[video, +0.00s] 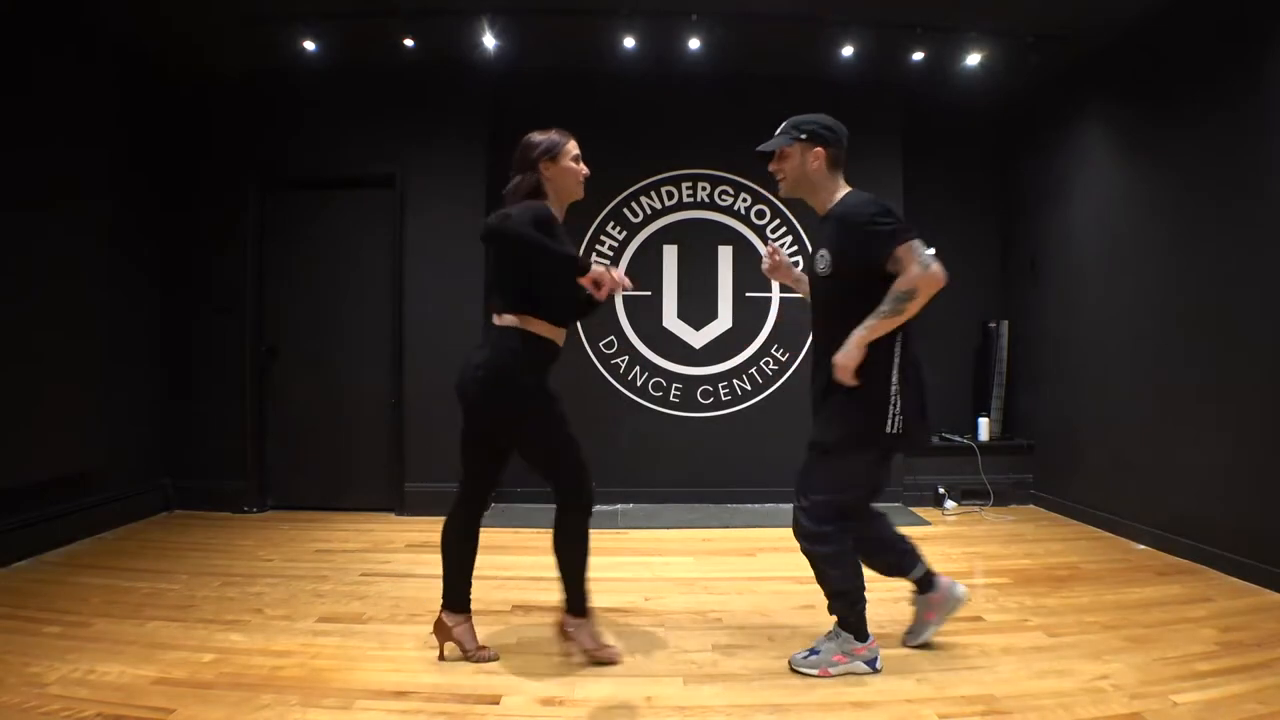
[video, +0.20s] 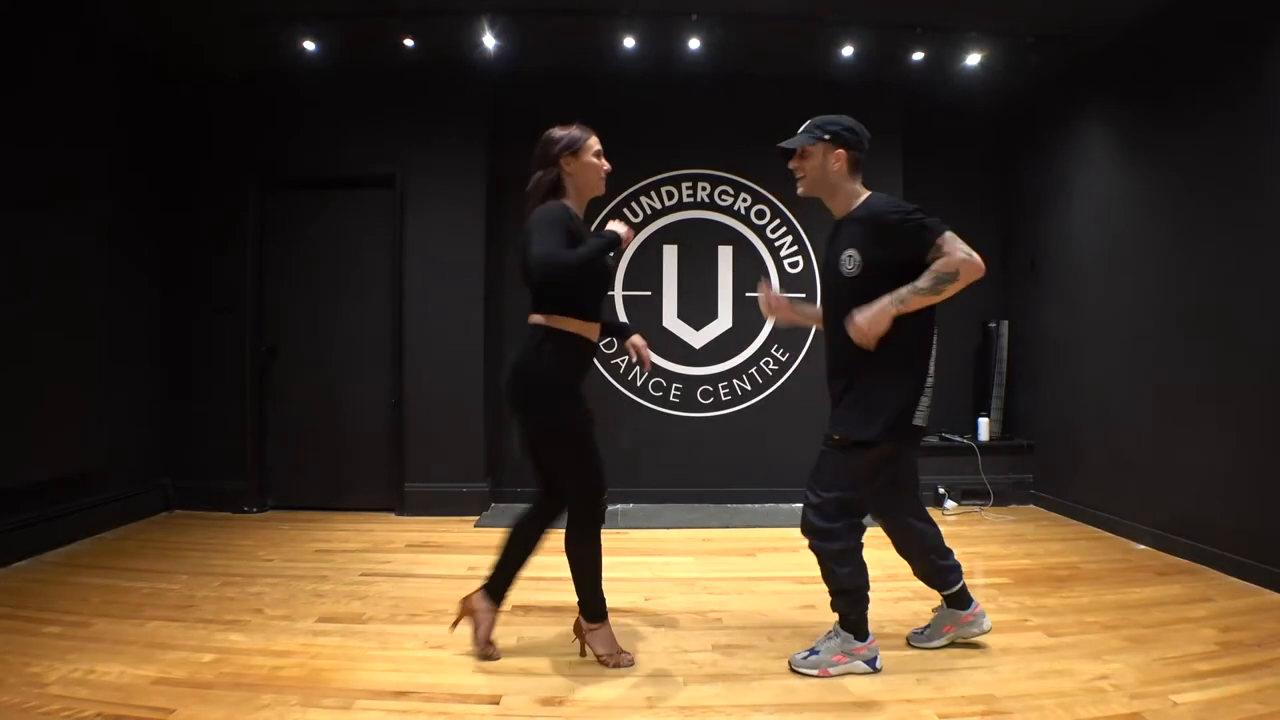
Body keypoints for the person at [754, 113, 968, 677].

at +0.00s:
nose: (774, 167)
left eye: (783, 156)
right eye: (774, 158)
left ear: (818, 157)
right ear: (813, 160)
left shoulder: (862, 214)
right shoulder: (833, 226)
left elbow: (928, 276)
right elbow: (845, 298)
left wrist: (859, 340)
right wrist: (795, 279)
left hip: (865, 400)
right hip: (847, 397)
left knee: (818, 515)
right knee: (841, 509)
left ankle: (853, 638)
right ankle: (932, 586)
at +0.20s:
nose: (794, 166)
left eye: (803, 155)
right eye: (794, 157)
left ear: (838, 158)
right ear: (828, 162)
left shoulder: (887, 216)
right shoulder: (840, 233)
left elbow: (966, 264)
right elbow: (853, 316)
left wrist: (889, 304)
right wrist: (792, 312)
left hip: (883, 405)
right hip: (863, 403)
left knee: (827, 517)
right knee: (899, 509)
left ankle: (853, 638)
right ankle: (961, 608)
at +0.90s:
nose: (843, 182)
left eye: (851, 169)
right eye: (840, 173)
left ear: (887, 163)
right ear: (870, 172)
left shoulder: (951, 220)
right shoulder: (876, 247)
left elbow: (1018, 284)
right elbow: (889, 312)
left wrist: (938, 272)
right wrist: (870, 358)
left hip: (947, 400)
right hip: (911, 402)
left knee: (873, 503)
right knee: (949, 502)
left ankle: (922, 623)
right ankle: (999, 606)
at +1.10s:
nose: (830, 162)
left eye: (839, 150)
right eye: (829, 153)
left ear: (875, 151)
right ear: (862, 156)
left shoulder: (925, 213)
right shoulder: (869, 231)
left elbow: (936, 305)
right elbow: (885, 316)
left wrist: (857, 296)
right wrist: (856, 374)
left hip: (935, 389)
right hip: (892, 390)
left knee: (924, 509)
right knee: (892, 503)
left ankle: (945, 639)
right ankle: (969, 583)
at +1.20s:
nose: (818, 154)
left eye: (829, 143)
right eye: (818, 145)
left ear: (865, 144)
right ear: (853, 149)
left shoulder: (904, 207)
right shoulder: (868, 219)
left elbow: (920, 301)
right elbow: (876, 311)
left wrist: (841, 343)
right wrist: (827, 350)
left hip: (929, 392)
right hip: (886, 391)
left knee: (927, 509)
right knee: (861, 496)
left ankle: (946, 640)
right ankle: (931, 588)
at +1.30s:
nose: (796, 148)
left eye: (806, 138)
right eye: (797, 139)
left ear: (842, 139)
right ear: (834, 143)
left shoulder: (874, 205)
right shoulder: (851, 212)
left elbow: (921, 286)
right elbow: (857, 304)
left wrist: (864, 355)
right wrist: (784, 315)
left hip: (908, 392)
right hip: (866, 389)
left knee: (917, 514)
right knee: (837, 503)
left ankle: (946, 639)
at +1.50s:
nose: (753, 151)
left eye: (762, 139)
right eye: (753, 141)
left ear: (797, 139)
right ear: (790, 143)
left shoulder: (831, 202)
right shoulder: (802, 219)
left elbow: (895, 267)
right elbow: (794, 313)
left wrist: (809, 310)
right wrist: (722, 295)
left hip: (851, 403)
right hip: (812, 403)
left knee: (872, 520)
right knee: (793, 522)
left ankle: (939, 631)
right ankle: (758, 639)